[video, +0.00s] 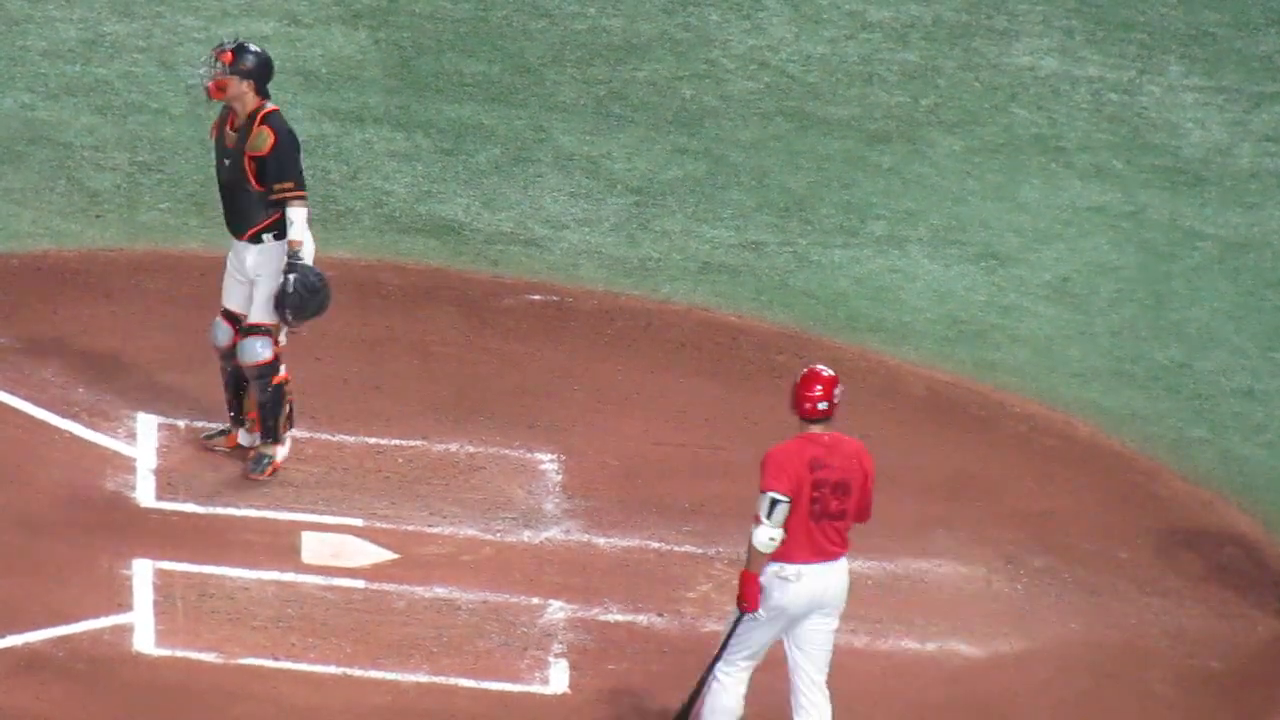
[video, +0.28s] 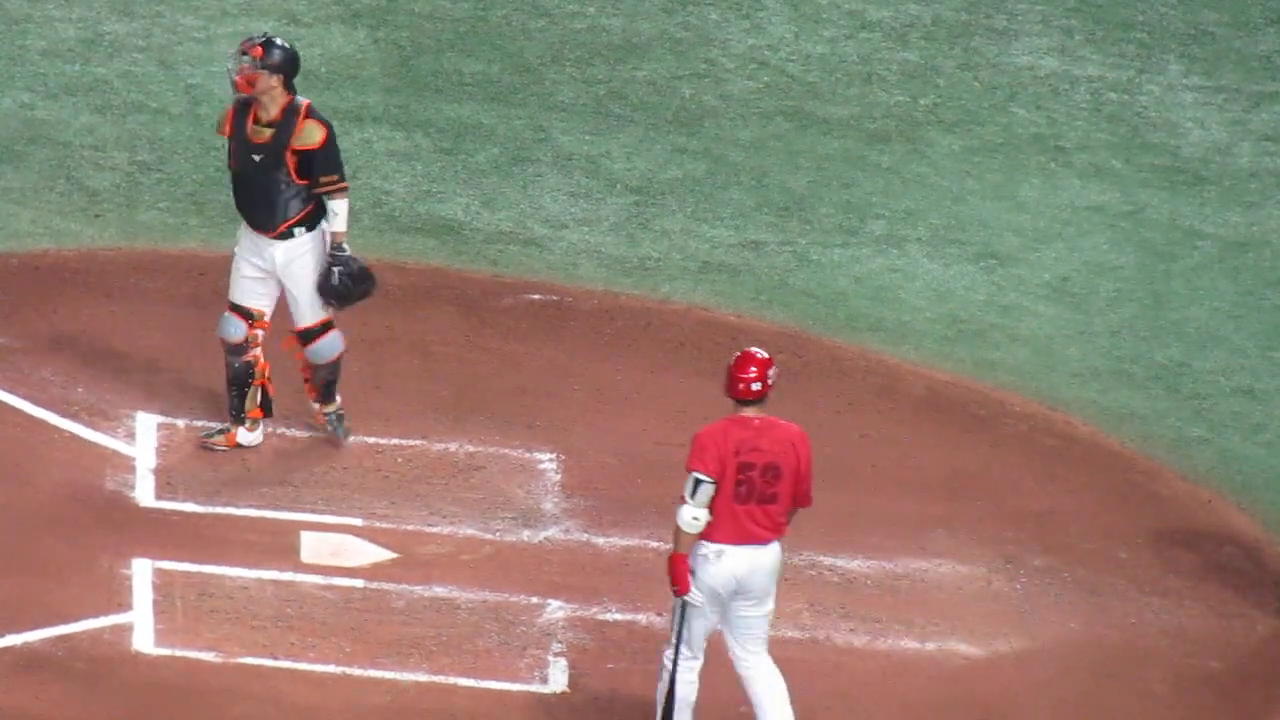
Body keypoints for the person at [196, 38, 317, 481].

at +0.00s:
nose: (219, 80)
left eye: (227, 75)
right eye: (220, 73)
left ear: (249, 82)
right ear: (233, 79)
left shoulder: (275, 130)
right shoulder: (223, 123)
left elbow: (295, 200)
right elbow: (238, 185)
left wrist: (297, 260)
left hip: (274, 248)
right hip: (242, 246)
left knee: (258, 345)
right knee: (228, 337)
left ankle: (274, 440)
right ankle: (242, 427)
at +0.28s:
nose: (244, 75)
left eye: (254, 70)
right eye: (244, 67)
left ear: (278, 78)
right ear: (250, 73)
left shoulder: (310, 128)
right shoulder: (236, 117)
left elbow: (336, 193)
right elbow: (249, 173)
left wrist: (338, 251)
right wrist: (260, 219)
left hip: (301, 244)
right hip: (254, 240)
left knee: (317, 338)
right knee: (238, 331)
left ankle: (328, 405)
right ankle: (247, 424)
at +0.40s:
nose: (265, 76)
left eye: (277, 71)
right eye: (266, 68)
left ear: (301, 81)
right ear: (271, 73)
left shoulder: (336, 130)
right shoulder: (248, 120)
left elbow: (360, 190)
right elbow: (245, 171)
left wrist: (367, 247)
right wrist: (281, 196)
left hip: (321, 246)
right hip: (265, 244)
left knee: (351, 333)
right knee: (244, 331)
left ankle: (338, 404)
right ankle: (247, 423)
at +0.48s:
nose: (286, 79)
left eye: (298, 74)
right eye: (286, 70)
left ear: (321, 84)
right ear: (282, 74)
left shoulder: (354, 130)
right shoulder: (262, 124)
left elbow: (377, 189)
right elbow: (256, 181)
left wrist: (384, 244)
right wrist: (263, 220)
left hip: (336, 247)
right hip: (280, 245)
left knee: (360, 331)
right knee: (251, 331)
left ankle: (346, 409)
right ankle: (248, 423)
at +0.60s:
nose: (333, 88)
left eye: (342, 80)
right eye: (326, 79)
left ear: (356, 85)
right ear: (314, 82)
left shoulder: (383, 129)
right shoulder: (291, 133)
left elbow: (402, 189)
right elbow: (280, 192)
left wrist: (407, 246)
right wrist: (287, 231)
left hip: (362, 250)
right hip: (307, 250)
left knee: (373, 334)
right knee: (268, 332)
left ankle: (346, 415)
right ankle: (251, 423)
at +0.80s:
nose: (391, 89)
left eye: (399, 80)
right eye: (382, 81)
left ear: (409, 83)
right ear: (365, 84)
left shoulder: (426, 125)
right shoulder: (339, 134)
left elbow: (431, 185)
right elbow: (319, 191)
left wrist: (433, 237)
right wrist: (322, 237)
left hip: (398, 249)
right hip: (351, 248)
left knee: (389, 336)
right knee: (322, 340)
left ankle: (345, 417)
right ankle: (275, 420)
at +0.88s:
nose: (411, 86)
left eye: (417, 78)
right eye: (402, 79)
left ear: (425, 80)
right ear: (382, 83)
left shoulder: (437, 123)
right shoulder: (355, 132)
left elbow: (440, 183)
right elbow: (332, 191)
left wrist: (443, 236)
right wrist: (335, 239)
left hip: (405, 247)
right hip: (362, 246)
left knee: (392, 336)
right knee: (351, 343)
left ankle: (347, 416)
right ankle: (296, 421)